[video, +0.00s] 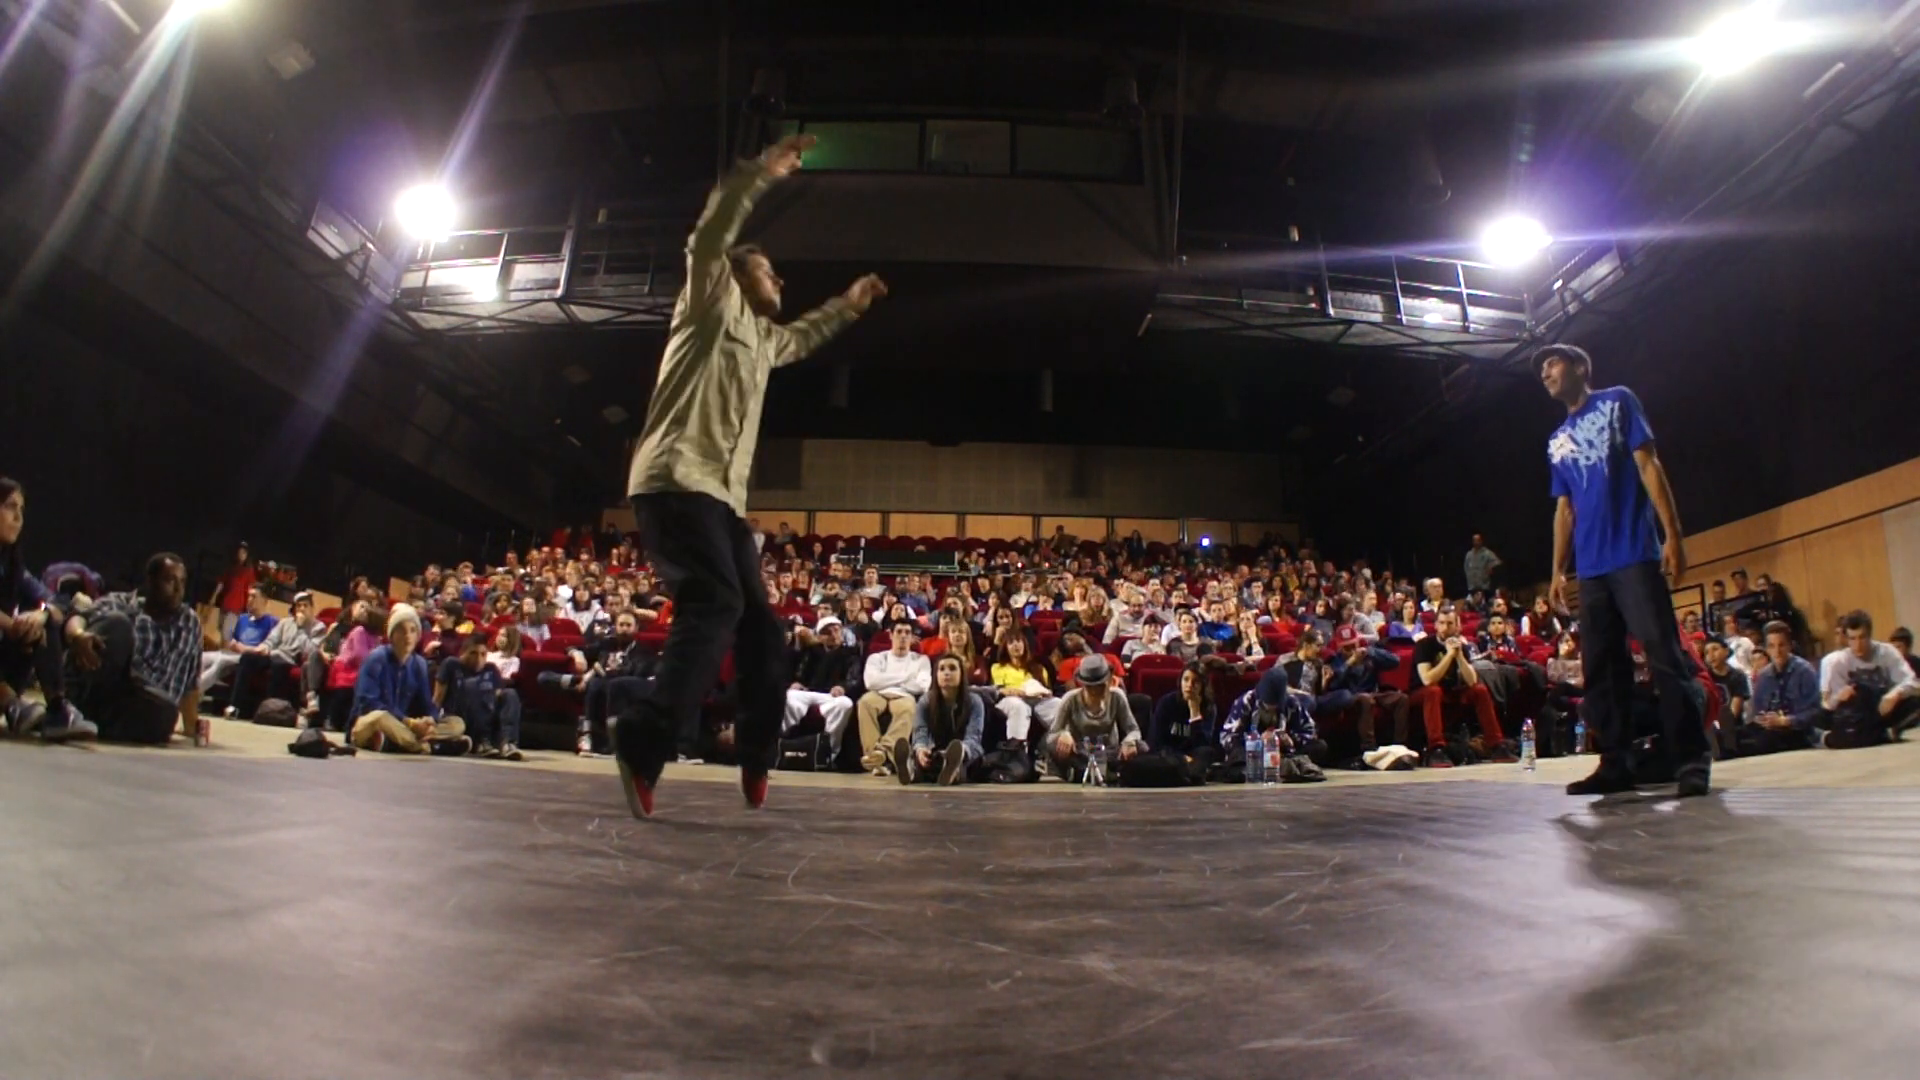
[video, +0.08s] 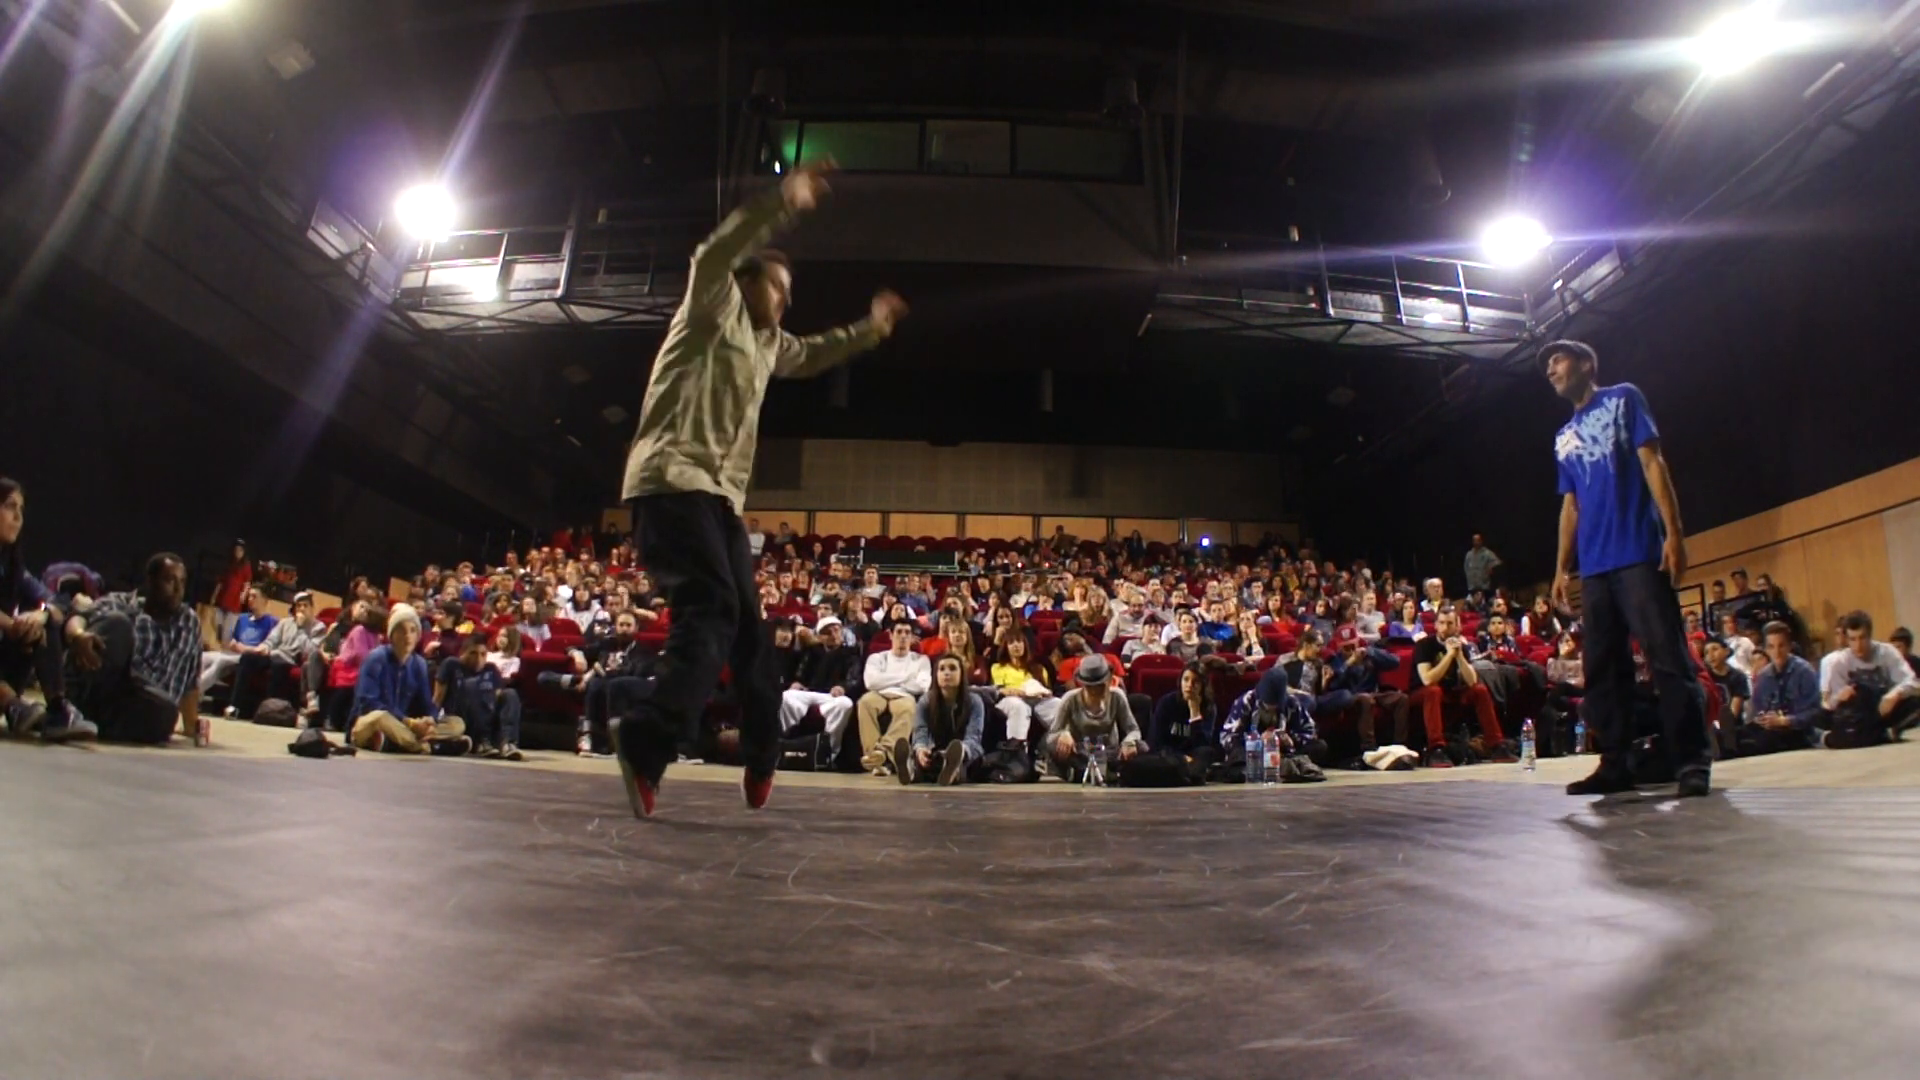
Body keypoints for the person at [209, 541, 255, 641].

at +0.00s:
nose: (241, 555)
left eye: (244, 553)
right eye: (240, 552)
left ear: (247, 555)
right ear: (236, 553)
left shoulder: (248, 570)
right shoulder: (231, 567)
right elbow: (221, 583)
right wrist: (213, 599)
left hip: (237, 605)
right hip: (225, 604)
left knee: (227, 631)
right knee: (222, 630)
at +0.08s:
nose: (238, 553)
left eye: (240, 550)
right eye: (236, 550)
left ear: (244, 552)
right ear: (233, 551)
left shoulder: (245, 565)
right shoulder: (229, 563)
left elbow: (247, 582)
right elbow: (220, 582)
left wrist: (243, 595)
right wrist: (214, 597)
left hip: (235, 602)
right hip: (222, 601)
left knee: (227, 633)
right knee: (217, 627)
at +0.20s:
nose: (233, 551)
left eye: (235, 548)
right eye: (231, 548)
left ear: (239, 550)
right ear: (228, 549)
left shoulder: (241, 563)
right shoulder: (224, 561)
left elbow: (245, 578)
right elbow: (218, 581)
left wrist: (237, 583)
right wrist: (212, 597)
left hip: (232, 600)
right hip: (219, 598)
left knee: (228, 631)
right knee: (212, 624)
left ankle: (227, 650)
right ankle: (205, 643)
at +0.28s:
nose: (229, 552)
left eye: (232, 550)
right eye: (228, 549)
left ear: (235, 551)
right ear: (224, 550)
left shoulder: (238, 564)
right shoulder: (220, 562)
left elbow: (243, 579)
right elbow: (214, 580)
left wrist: (233, 579)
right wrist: (209, 596)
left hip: (230, 599)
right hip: (217, 598)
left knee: (227, 627)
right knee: (209, 623)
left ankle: (226, 647)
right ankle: (201, 643)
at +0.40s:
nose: (222, 557)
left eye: (225, 554)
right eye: (221, 554)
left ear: (228, 556)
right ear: (217, 555)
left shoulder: (231, 569)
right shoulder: (213, 568)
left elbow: (238, 585)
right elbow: (207, 583)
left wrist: (239, 578)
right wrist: (201, 596)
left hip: (224, 604)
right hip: (210, 603)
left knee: (222, 634)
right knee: (204, 632)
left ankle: (224, 654)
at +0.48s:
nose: (218, 560)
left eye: (220, 557)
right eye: (216, 557)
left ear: (224, 559)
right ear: (213, 558)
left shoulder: (226, 572)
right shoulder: (209, 571)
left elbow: (237, 585)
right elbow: (202, 586)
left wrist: (241, 577)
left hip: (218, 609)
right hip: (205, 608)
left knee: (217, 637)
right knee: (202, 638)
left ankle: (227, 653)